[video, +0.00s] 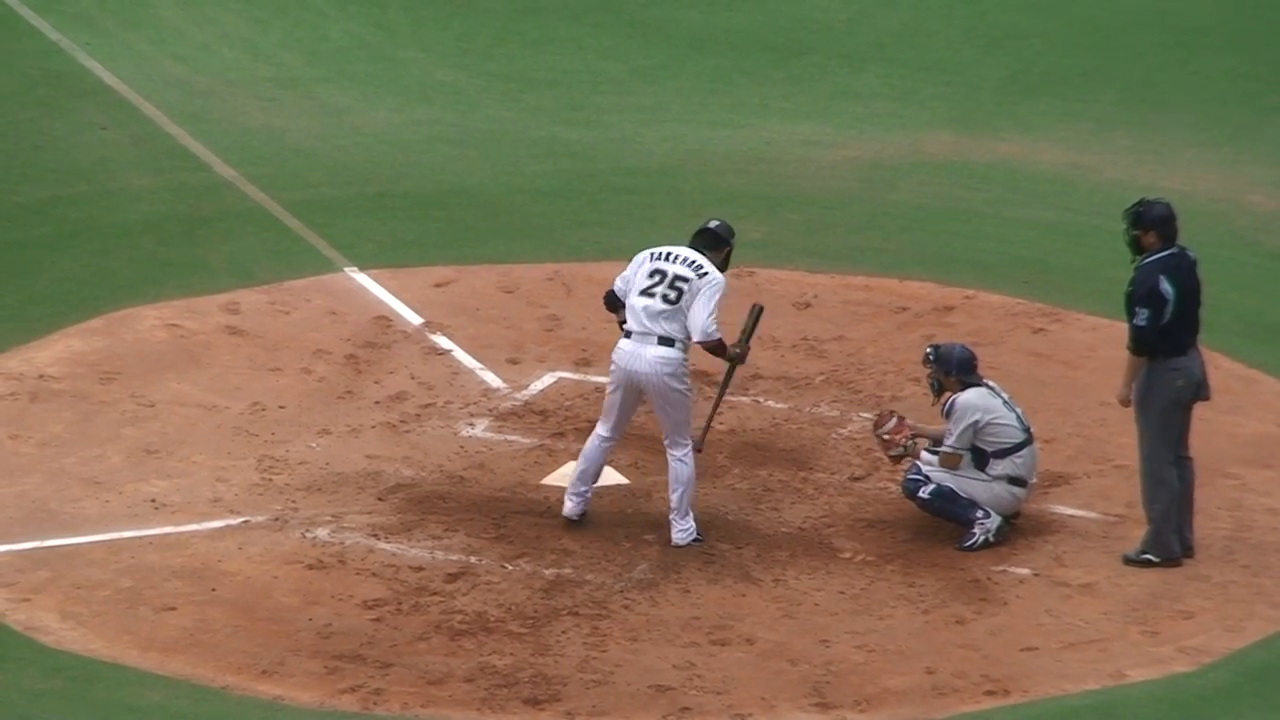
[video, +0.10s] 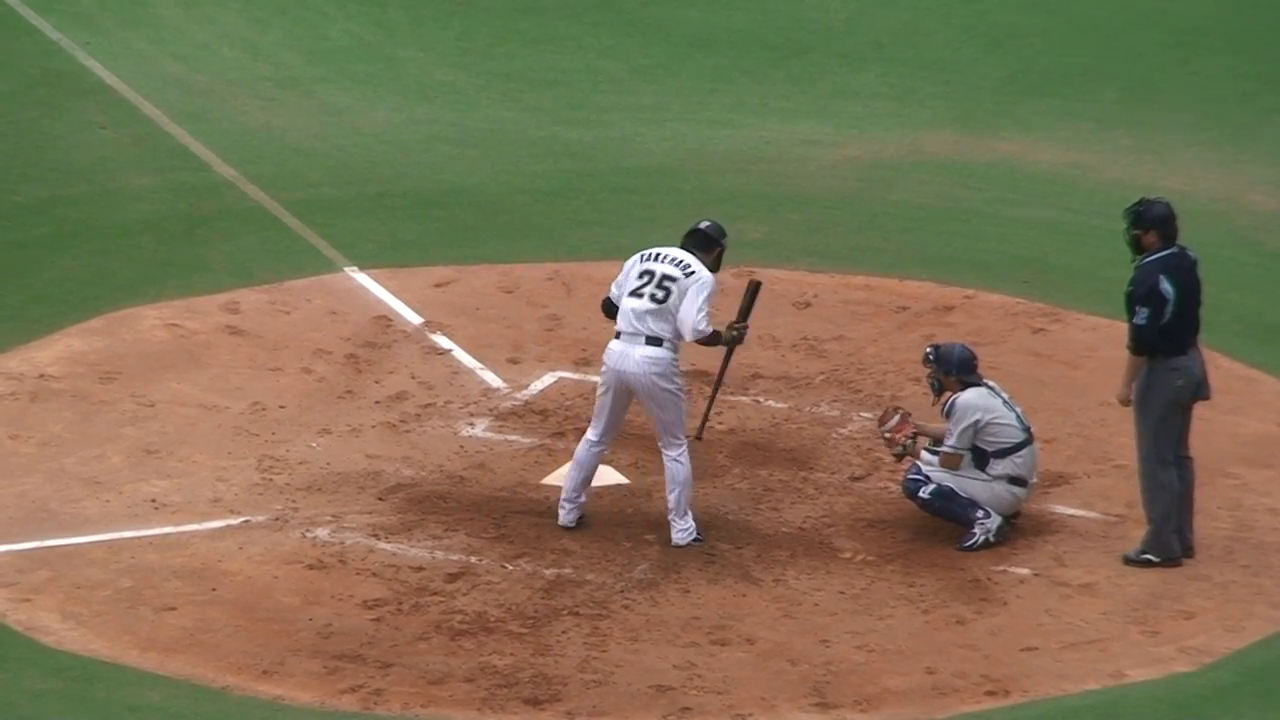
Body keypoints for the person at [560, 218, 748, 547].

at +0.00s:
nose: (726, 261)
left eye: (727, 255)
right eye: (727, 254)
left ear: (694, 240)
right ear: (719, 250)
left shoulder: (651, 254)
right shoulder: (711, 276)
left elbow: (612, 298)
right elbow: (703, 334)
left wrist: (629, 317)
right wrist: (728, 354)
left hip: (626, 351)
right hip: (666, 359)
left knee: (605, 431)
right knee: (678, 445)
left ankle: (573, 503)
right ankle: (682, 529)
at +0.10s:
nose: (719, 261)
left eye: (720, 254)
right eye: (719, 254)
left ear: (687, 241)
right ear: (711, 250)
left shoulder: (643, 256)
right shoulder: (701, 276)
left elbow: (609, 306)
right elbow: (695, 332)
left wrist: (650, 319)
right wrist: (725, 337)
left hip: (617, 351)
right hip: (656, 360)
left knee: (596, 436)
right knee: (674, 446)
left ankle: (568, 510)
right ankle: (682, 529)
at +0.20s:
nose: (709, 262)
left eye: (710, 254)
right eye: (710, 254)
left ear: (677, 241)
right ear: (699, 250)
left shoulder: (633, 258)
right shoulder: (688, 274)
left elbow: (603, 312)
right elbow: (685, 328)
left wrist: (648, 325)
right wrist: (717, 325)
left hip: (607, 351)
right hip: (646, 359)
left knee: (591, 437)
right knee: (667, 445)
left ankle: (565, 512)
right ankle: (679, 528)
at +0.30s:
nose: (699, 255)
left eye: (700, 250)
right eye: (698, 249)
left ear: (664, 240)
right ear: (689, 247)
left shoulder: (624, 258)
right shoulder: (682, 269)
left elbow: (596, 313)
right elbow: (678, 321)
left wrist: (644, 329)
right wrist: (710, 316)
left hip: (602, 351)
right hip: (641, 358)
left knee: (588, 438)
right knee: (662, 444)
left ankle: (565, 513)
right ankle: (671, 527)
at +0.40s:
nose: (689, 251)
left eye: (690, 246)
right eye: (689, 245)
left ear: (655, 237)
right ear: (682, 243)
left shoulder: (615, 257)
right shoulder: (679, 267)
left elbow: (588, 313)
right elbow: (678, 319)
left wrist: (631, 321)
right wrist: (707, 314)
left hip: (603, 351)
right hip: (643, 356)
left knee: (590, 437)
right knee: (664, 444)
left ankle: (565, 513)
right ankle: (673, 526)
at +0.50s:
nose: (685, 250)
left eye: (685, 245)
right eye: (685, 245)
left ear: (652, 237)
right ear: (678, 243)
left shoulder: (610, 259)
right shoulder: (678, 268)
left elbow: (581, 310)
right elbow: (679, 320)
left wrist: (598, 328)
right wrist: (705, 318)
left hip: (605, 353)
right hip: (646, 356)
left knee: (589, 437)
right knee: (665, 444)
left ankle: (564, 514)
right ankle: (678, 527)